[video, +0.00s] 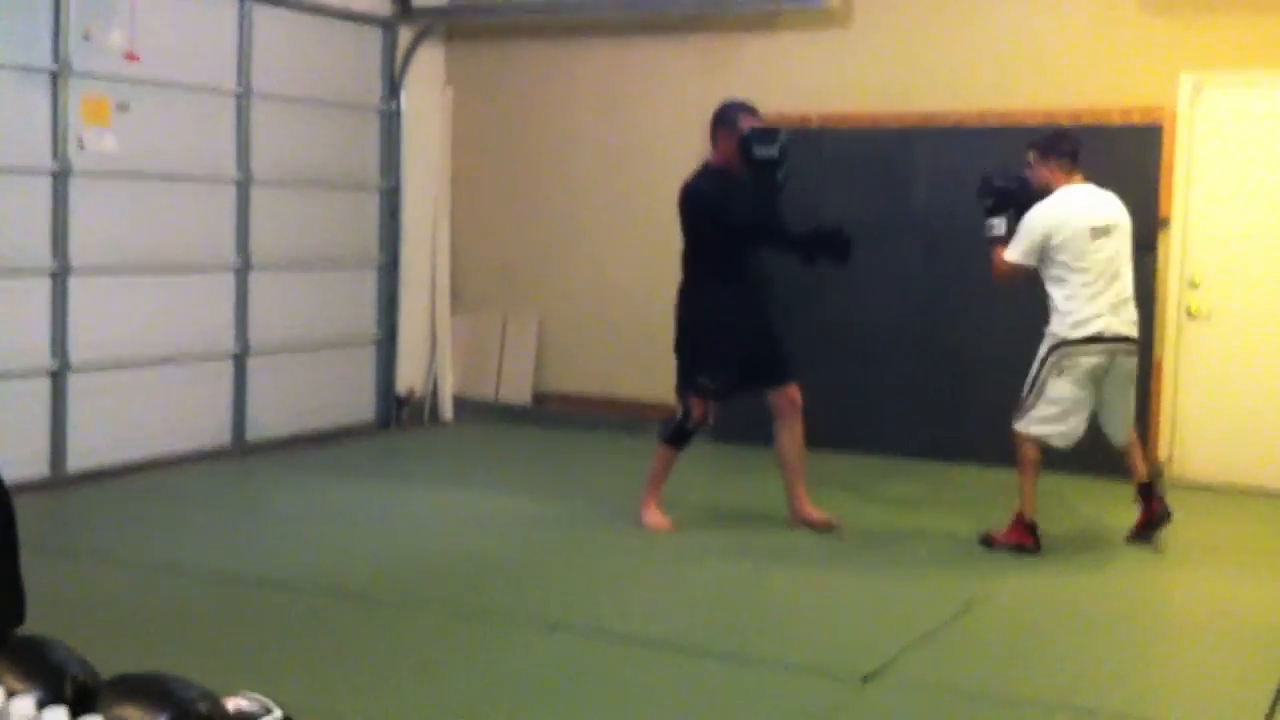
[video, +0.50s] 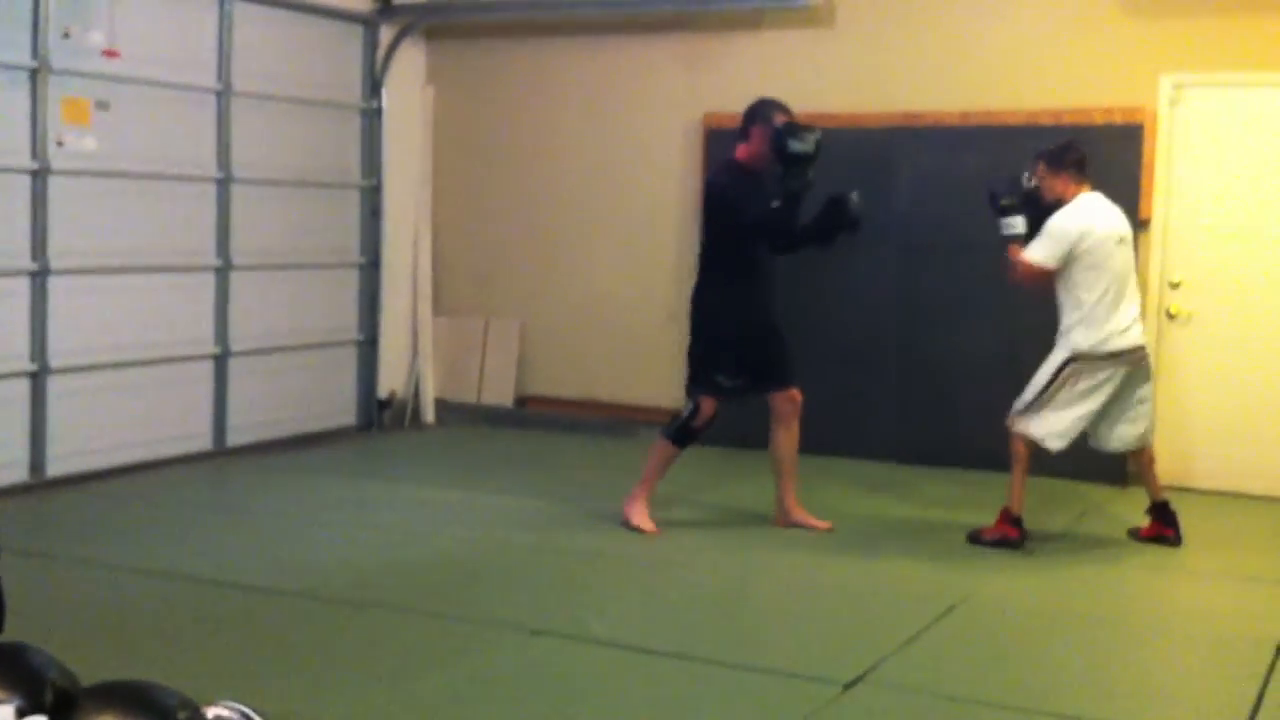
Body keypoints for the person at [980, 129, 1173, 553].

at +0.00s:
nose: (1032, 174)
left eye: (1034, 166)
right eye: (1032, 166)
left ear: (1049, 165)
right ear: (1072, 162)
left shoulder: (1046, 212)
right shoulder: (1115, 204)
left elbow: (1004, 268)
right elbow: (1084, 249)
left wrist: (997, 225)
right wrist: (1036, 208)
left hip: (1074, 338)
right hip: (1124, 338)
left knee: (1029, 428)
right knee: (1122, 426)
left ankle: (1025, 523)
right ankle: (1151, 499)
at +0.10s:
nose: (1029, 181)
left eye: (1032, 172)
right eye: (1029, 172)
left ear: (1051, 173)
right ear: (1071, 171)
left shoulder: (1048, 223)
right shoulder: (1114, 211)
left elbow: (1016, 285)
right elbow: (1088, 262)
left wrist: (999, 249)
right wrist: (1030, 233)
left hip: (1078, 344)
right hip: (1127, 340)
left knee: (1030, 430)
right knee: (1130, 425)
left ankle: (1023, 528)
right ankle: (1165, 505)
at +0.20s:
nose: (1041, 184)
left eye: (1046, 176)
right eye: (1042, 176)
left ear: (1069, 176)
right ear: (1082, 177)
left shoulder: (1070, 227)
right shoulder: (1122, 214)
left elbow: (1036, 288)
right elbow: (1097, 267)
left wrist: (1015, 244)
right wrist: (1047, 230)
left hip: (1095, 352)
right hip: (1139, 346)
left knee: (1038, 434)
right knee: (1146, 437)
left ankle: (1023, 528)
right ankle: (1178, 518)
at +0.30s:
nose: (1049, 181)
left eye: (1053, 172)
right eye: (1050, 172)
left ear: (1074, 174)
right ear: (1093, 174)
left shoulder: (1077, 222)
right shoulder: (1125, 213)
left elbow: (1052, 288)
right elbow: (1099, 269)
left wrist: (1032, 240)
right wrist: (1055, 224)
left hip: (1096, 349)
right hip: (1141, 344)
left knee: (1037, 429)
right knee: (1146, 437)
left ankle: (1023, 524)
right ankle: (1174, 520)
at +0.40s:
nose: (1047, 175)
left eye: (1051, 167)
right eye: (1047, 167)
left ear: (1074, 167)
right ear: (1090, 167)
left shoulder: (1075, 213)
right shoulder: (1124, 206)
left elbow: (1054, 280)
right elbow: (1111, 267)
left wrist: (1033, 240)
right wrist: (1051, 233)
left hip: (1094, 339)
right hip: (1137, 336)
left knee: (1029, 416)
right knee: (1143, 432)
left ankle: (1021, 514)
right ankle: (1168, 514)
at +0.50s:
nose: (1040, 187)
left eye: (1043, 178)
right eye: (1039, 179)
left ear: (1064, 176)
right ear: (1079, 175)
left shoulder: (1070, 219)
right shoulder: (1113, 212)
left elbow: (1027, 270)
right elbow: (1068, 265)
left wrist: (1012, 230)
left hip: (1088, 348)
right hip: (1130, 344)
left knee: (1021, 424)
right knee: (1138, 438)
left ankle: (1011, 522)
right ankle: (1163, 517)